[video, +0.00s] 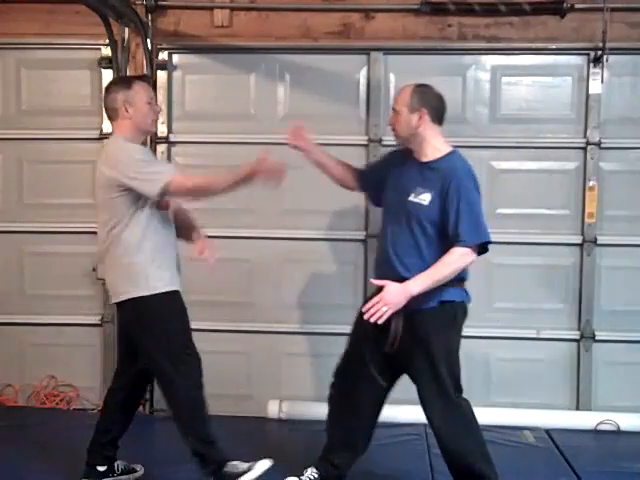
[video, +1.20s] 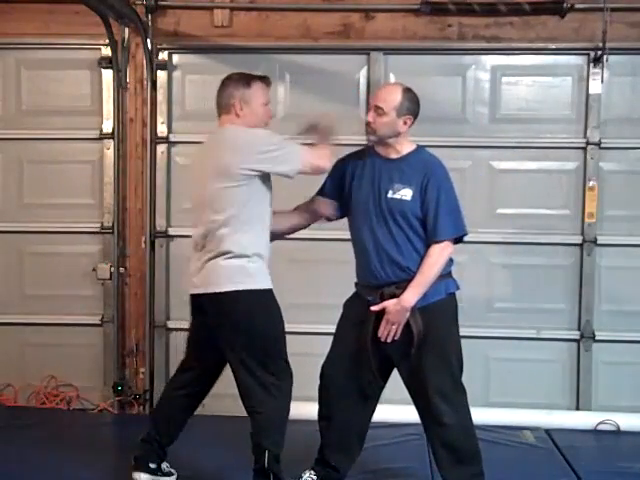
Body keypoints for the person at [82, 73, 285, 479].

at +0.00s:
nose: (158, 108)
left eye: (156, 101)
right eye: (150, 101)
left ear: (127, 111)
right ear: (126, 109)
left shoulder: (127, 152)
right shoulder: (123, 153)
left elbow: (164, 201)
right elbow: (184, 186)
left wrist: (192, 232)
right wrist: (249, 172)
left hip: (141, 282)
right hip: (146, 283)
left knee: (133, 376)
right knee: (183, 370)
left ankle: (100, 461)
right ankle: (215, 463)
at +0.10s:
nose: (163, 110)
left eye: (160, 103)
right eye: (155, 104)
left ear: (131, 112)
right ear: (131, 110)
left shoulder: (128, 153)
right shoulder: (132, 153)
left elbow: (177, 198)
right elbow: (205, 177)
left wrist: (216, 213)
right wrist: (258, 146)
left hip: (147, 286)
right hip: (159, 286)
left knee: (137, 377)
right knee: (199, 375)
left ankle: (101, 461)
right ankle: (236, 465)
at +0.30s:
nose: (195, 113)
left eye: (193, 107)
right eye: (187, 107)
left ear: (162, 116)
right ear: (164, 114)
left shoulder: (152, 157)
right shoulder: (175, 150)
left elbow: (203, 216)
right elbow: (239, 189)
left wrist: (268, 198)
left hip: (171, 291)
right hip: (193, 290)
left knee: (155, 376)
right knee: (229, 385)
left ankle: (105, 456)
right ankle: (254, 471)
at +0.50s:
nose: (236, 115)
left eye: (233, 108)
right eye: (230, 109)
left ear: (196, 118)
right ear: (208, 114)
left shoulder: (169, 169)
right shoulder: (228, 144)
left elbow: (194, 226)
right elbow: (297, 176)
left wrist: (259, 232)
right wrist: (262, 172)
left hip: (191, 292)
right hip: (232, 287)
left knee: (197, 368)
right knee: (261, 381)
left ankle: (145, 446)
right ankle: (266, 469)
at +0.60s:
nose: (244, 114)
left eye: (242, 107)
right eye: (239, 107)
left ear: (202, 115)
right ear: (217, 111)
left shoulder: (174, 167)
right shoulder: (239, 140)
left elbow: (194, 224)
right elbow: (313, 166)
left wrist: (258, 228)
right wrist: (297, 148)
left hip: (193, 288)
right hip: (240, 283)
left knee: (194, 371)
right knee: (260, 380)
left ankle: (155, 460)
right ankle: (267, 468)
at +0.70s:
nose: (247, 114)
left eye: (246, 106)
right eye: (242, 106)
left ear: (204, 113)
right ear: (220, 109)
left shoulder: (176, 164)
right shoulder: (242, 140)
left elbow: (201, 226)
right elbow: (323, 155)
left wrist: (266, 223)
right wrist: (341, 133)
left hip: (196, 288)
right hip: (243, 284)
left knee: (189, 372)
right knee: (261, 381)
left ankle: (153, 461)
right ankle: (266, 468)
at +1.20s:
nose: (270, 113)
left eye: (269, 105)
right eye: (264, 105)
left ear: (231, 109)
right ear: (237, 107)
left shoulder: (211, 145)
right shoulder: (245, 141)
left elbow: (250, 222)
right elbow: (319, 161)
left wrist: (312, 213)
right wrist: (320, 135)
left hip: (208, 286)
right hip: (243, 286)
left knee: (197, 371)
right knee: (271, 379)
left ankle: (149, 457)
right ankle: (268, 469)